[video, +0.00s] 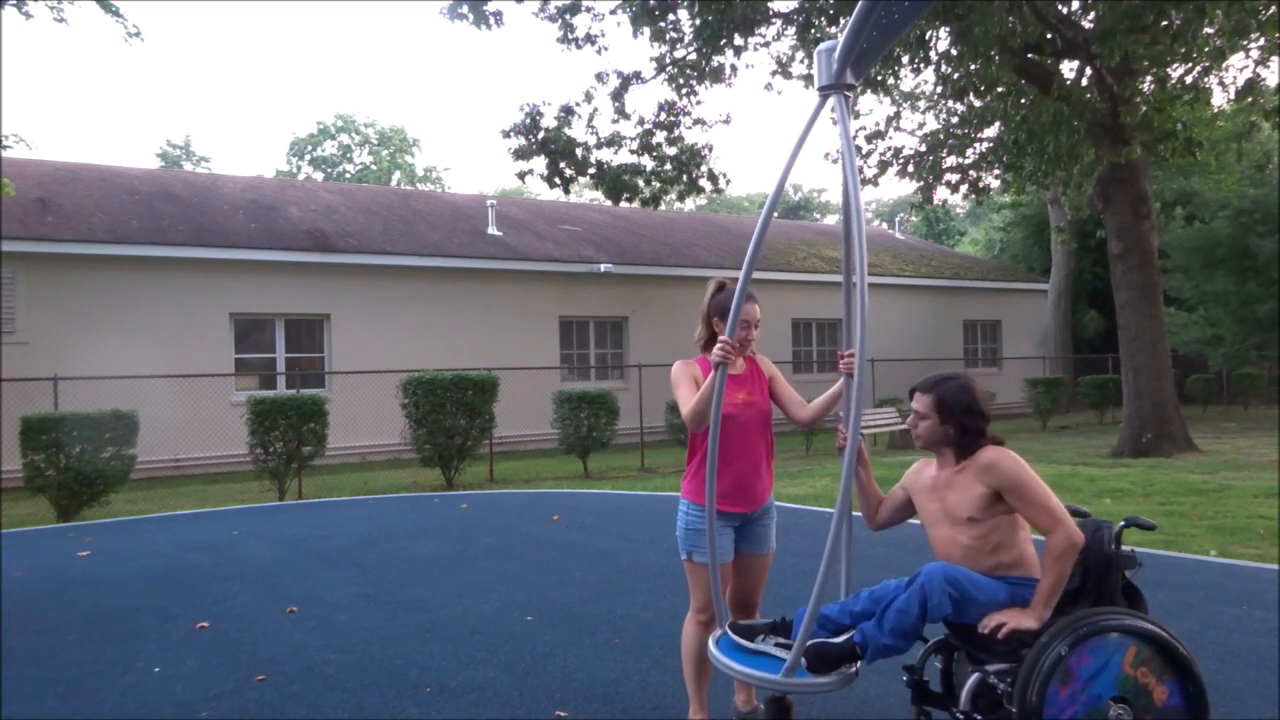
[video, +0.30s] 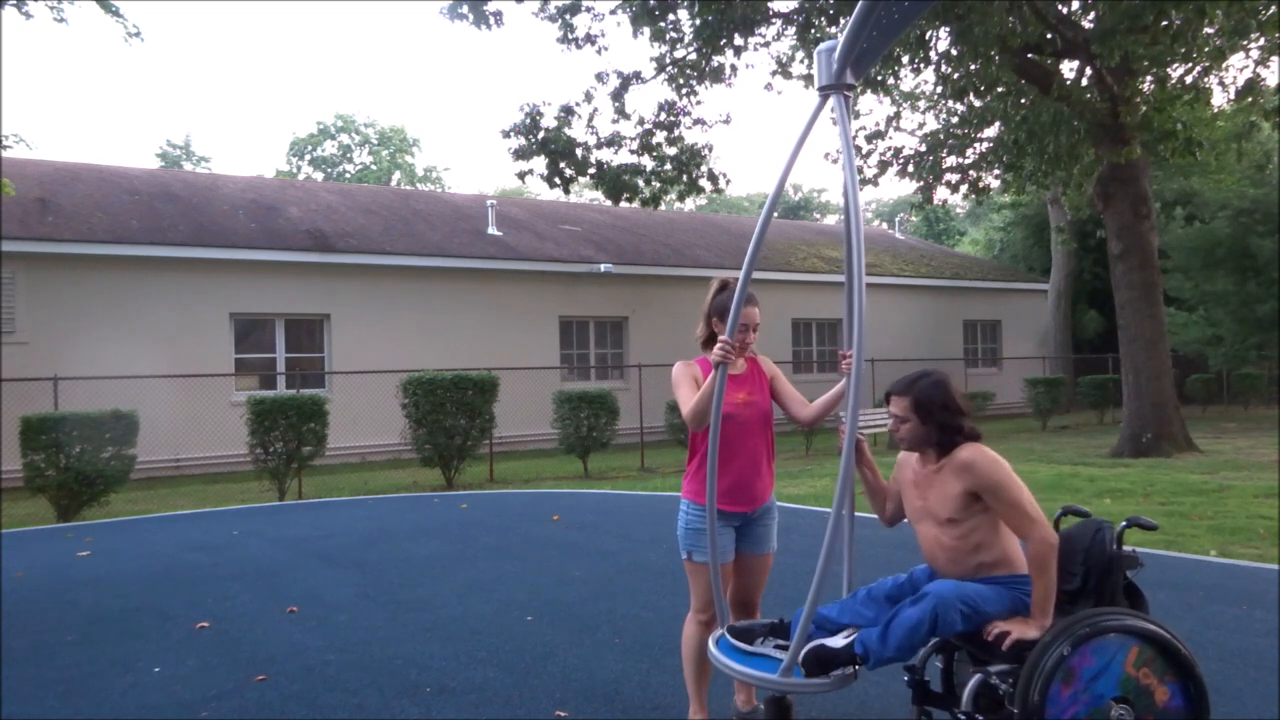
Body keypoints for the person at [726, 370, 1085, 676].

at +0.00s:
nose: (910, 424)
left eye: (919, 417)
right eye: (910, 415)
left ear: (952, 423)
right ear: (942, 423)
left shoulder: (995, 463)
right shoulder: (919, 473)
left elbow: (1067, 537)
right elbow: (877, 517)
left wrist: (1036, 613)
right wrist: (860, 462)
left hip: (1016, 596)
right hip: (961, 593)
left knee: (937, 576)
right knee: (888, 593)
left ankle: (854, 647)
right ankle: (787, 630)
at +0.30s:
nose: (893, 429)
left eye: (900, 421)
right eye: (891, 420)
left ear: (931, 419)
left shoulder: (976, 461)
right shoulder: (907, 462)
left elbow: (1043, 538)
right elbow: (889, 513)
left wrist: (1039, 621)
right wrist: (863, 460)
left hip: (1005, 586)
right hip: (944, 577)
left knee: (938, 599)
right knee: (883, 594)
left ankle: (854, 651)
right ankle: (792, 632)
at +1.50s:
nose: (910, 428)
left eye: (917, 419)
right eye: (907, 419)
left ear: (948, 414)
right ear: (915, 416)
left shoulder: (997, 467)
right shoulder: (920, 455)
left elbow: (1061, 544)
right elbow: (892, 515)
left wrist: (998, 601)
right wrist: (866, 463)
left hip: (986, 594)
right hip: (932, 584)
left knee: (921, 568)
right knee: (882, 577)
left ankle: (842, 646)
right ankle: (784, 631)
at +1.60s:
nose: (919, 428)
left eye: (928, 418)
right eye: (915, 419)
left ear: (959, 414)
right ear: (915, 414)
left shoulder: (1005, 469)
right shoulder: (926, 456)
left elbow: (1041, 555)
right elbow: (893, 514)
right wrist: (867, 461)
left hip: (995, 594)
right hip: (939, 581)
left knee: (913, 573)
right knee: (882, 578)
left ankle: (841, 647)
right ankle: (784, 631)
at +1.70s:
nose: (928, 426)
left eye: (937, 418)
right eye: (925, 416)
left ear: (967, 416)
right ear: (925, 412)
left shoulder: (1008, 466)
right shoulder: (931, 456)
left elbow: (1001, 549)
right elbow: (897, 516)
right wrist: (871, 468)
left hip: (993, 594)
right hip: (937, 584)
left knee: (924, 565)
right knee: (890, 577)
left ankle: (844, 645)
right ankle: (784, 630)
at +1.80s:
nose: (936, 426)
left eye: (945, 418)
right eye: (933, 417)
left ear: (977, 416)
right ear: (933, 414)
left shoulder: (1013, 467)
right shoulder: (938, 454)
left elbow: (953, 516)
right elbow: (899, 515)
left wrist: (884, 460)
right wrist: (866, 464)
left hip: (995, 595)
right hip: (939, 585)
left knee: (923, 564)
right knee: (893, 580)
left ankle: (844, 645)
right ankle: (785, 630)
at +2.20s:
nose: (950, 430)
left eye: (960, 423)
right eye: (947, 420)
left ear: (993, 421)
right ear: (946, 413)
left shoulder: (1022, 470)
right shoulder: (949, 456)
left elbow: (943, 484)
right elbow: (920, 529)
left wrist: (878, 424)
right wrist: (876, 482)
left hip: (998, 597)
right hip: (945, 583)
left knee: (925, 565)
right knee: (892, 584)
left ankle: (846, 643)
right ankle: (789, 629)